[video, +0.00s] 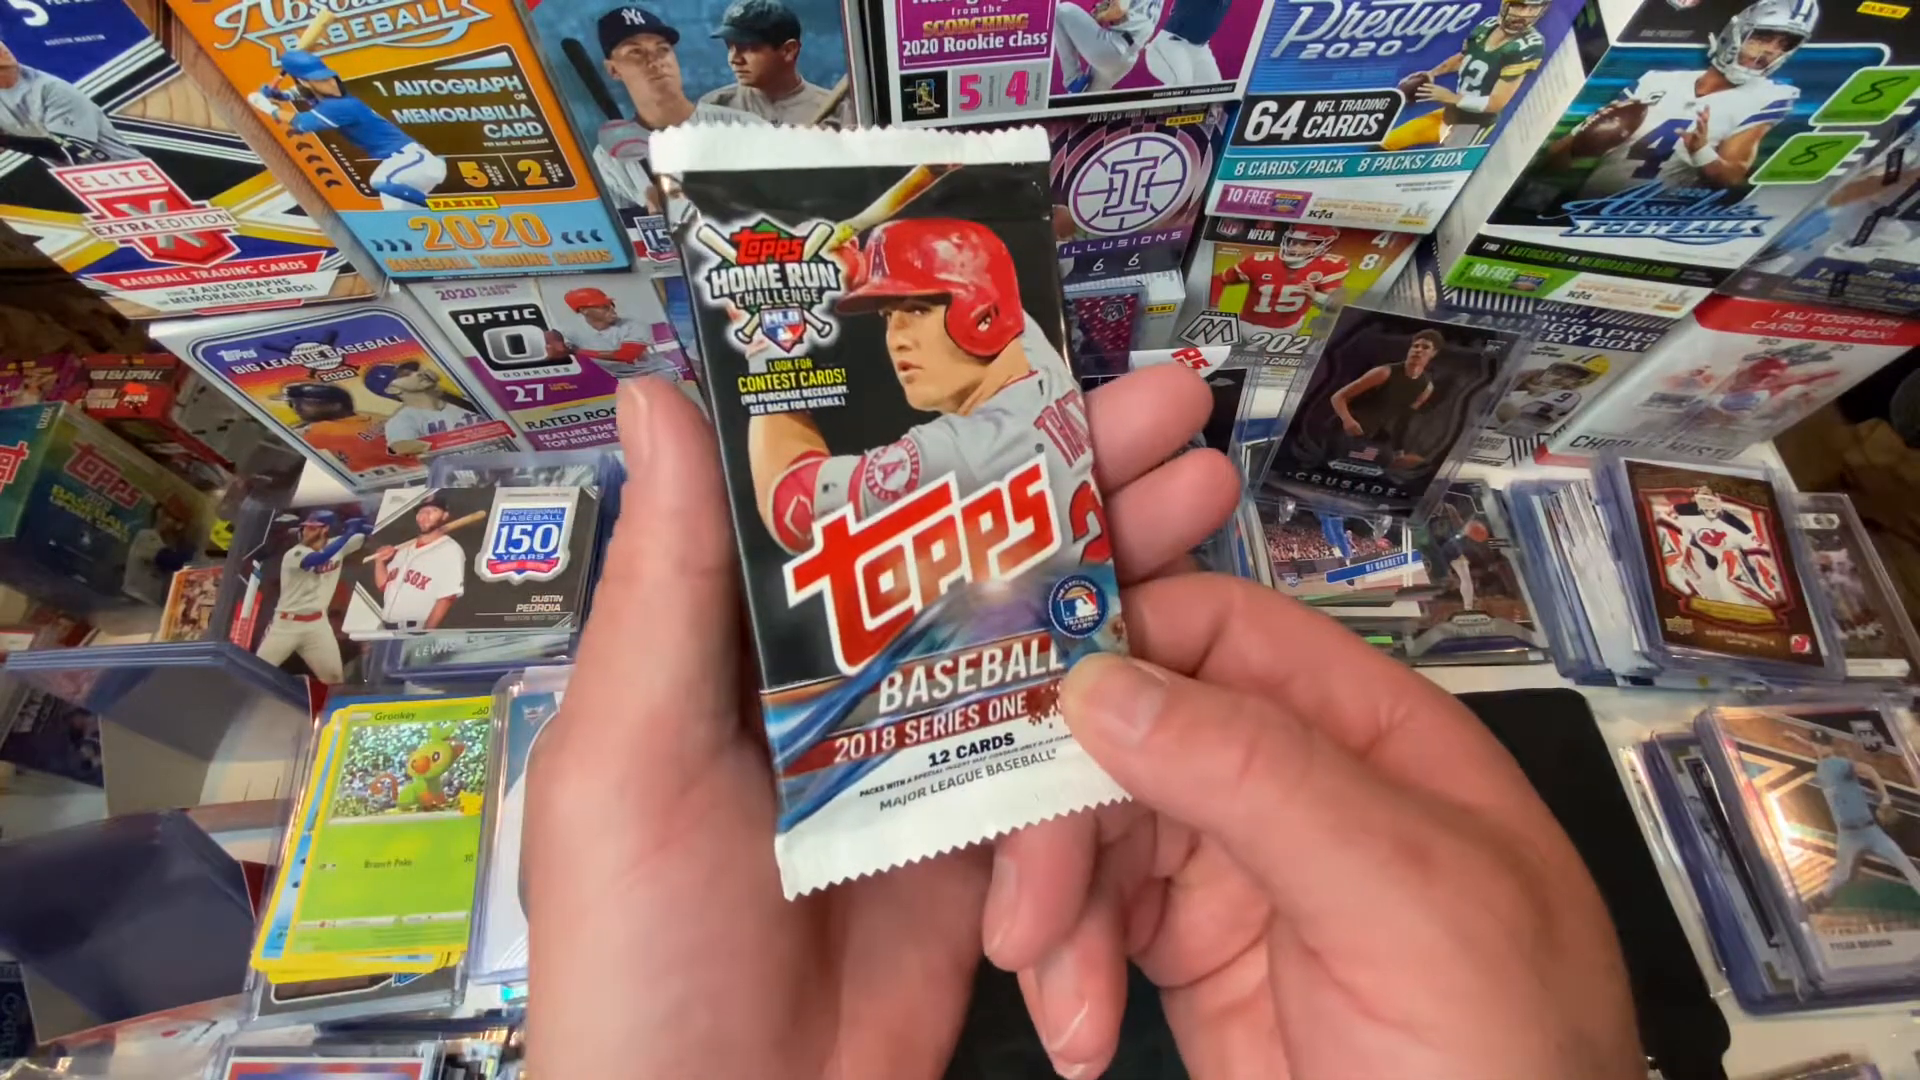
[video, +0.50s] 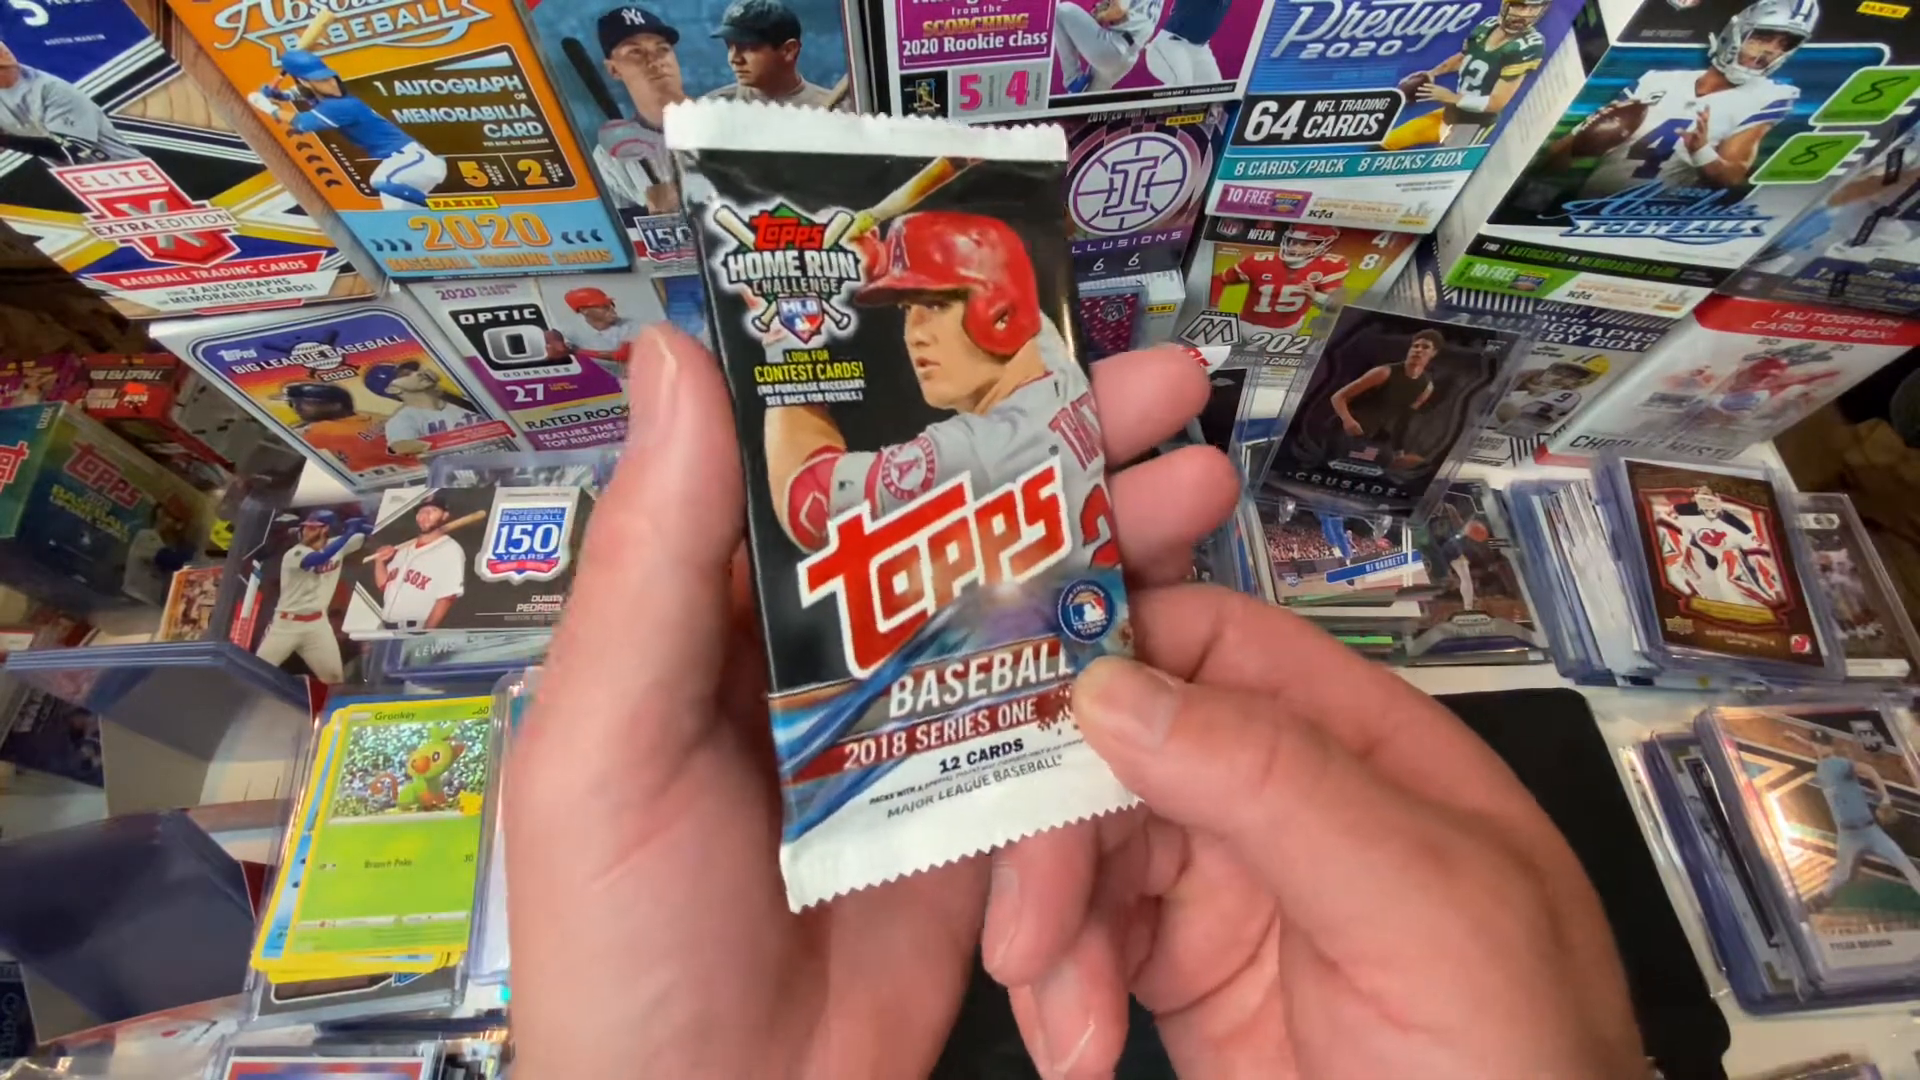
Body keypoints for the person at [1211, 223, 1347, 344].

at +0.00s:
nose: (1296, 249)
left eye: (1304, 245)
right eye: (1293, 243)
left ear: (1315, 248)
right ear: (1286, 242)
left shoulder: (1322, 270)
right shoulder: (1259, 263)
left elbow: (1337, 304)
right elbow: (1219, 280)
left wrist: (1315, 296)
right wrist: (1211, 313)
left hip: (1286, 335)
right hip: (1249, 330)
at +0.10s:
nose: (1295, 249)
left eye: (1304, 245)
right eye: (1292, 243)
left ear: (1315, 248)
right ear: (1286, 242)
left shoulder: (1322, 271)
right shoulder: (1259, 263)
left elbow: (1337, 304)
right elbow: (1219, 280)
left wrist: (1315, 296)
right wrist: (1211, 312)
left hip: (1285, 335)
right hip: (1249, 330)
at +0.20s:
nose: (1295, 249)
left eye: (1304, 244)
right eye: (1292, 242)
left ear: (1316, 248)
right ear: (1286, 241)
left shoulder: (1323, 270)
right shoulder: (1259, 263)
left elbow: (1337, 304)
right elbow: (1219, 280)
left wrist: (1315, 296)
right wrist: (1212, 312)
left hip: (1286, 335)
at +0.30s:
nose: (1295, 249)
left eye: (1304, 244)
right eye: (1292, 242)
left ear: (1316, 248)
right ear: (1285, 242)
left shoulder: (1323, 270)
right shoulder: (1258, 264)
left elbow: (1336, 304)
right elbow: (1219, 280)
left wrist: (1315, 296)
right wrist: (1212, 311)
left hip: (1286, 335)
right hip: (1248, 331)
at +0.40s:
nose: (1296, 248)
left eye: (1303, 244)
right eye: (1292, 242)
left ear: (1315, 248)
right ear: (1285, 242)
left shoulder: (1322, 270)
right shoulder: (1259, 263)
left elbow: (1337, 304)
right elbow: (1219, 279)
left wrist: (1315, 296)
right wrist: (1212, 313)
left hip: (1286, 335)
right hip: (1249, 329)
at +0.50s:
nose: (1295, 249)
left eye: (1304, 244)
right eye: (1292, 242)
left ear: (1316, 248)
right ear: (1285, 242)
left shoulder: (1323, 270)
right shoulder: (1259, 264)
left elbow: (1336, 304)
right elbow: (1219, 280)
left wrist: (1315, 296)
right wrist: (1212, 312)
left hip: (1286, 334)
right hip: (1249, 330)